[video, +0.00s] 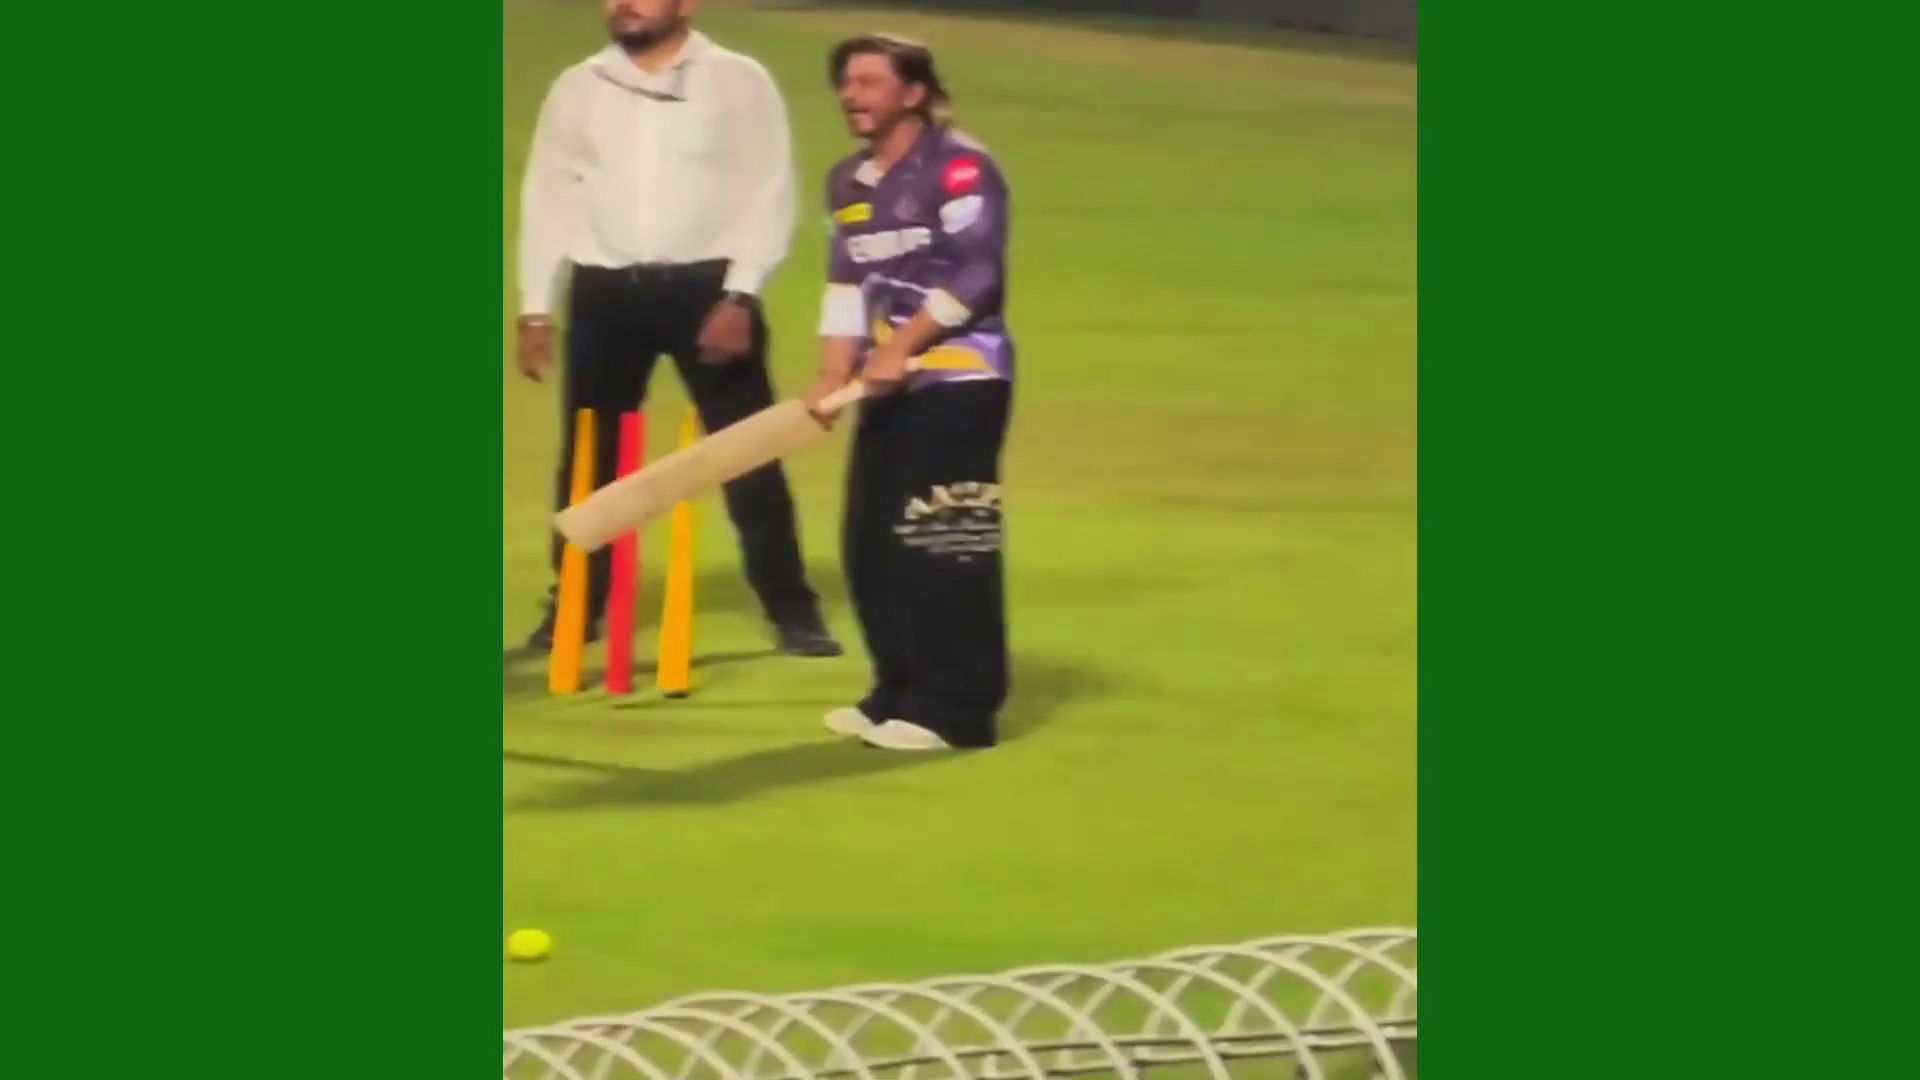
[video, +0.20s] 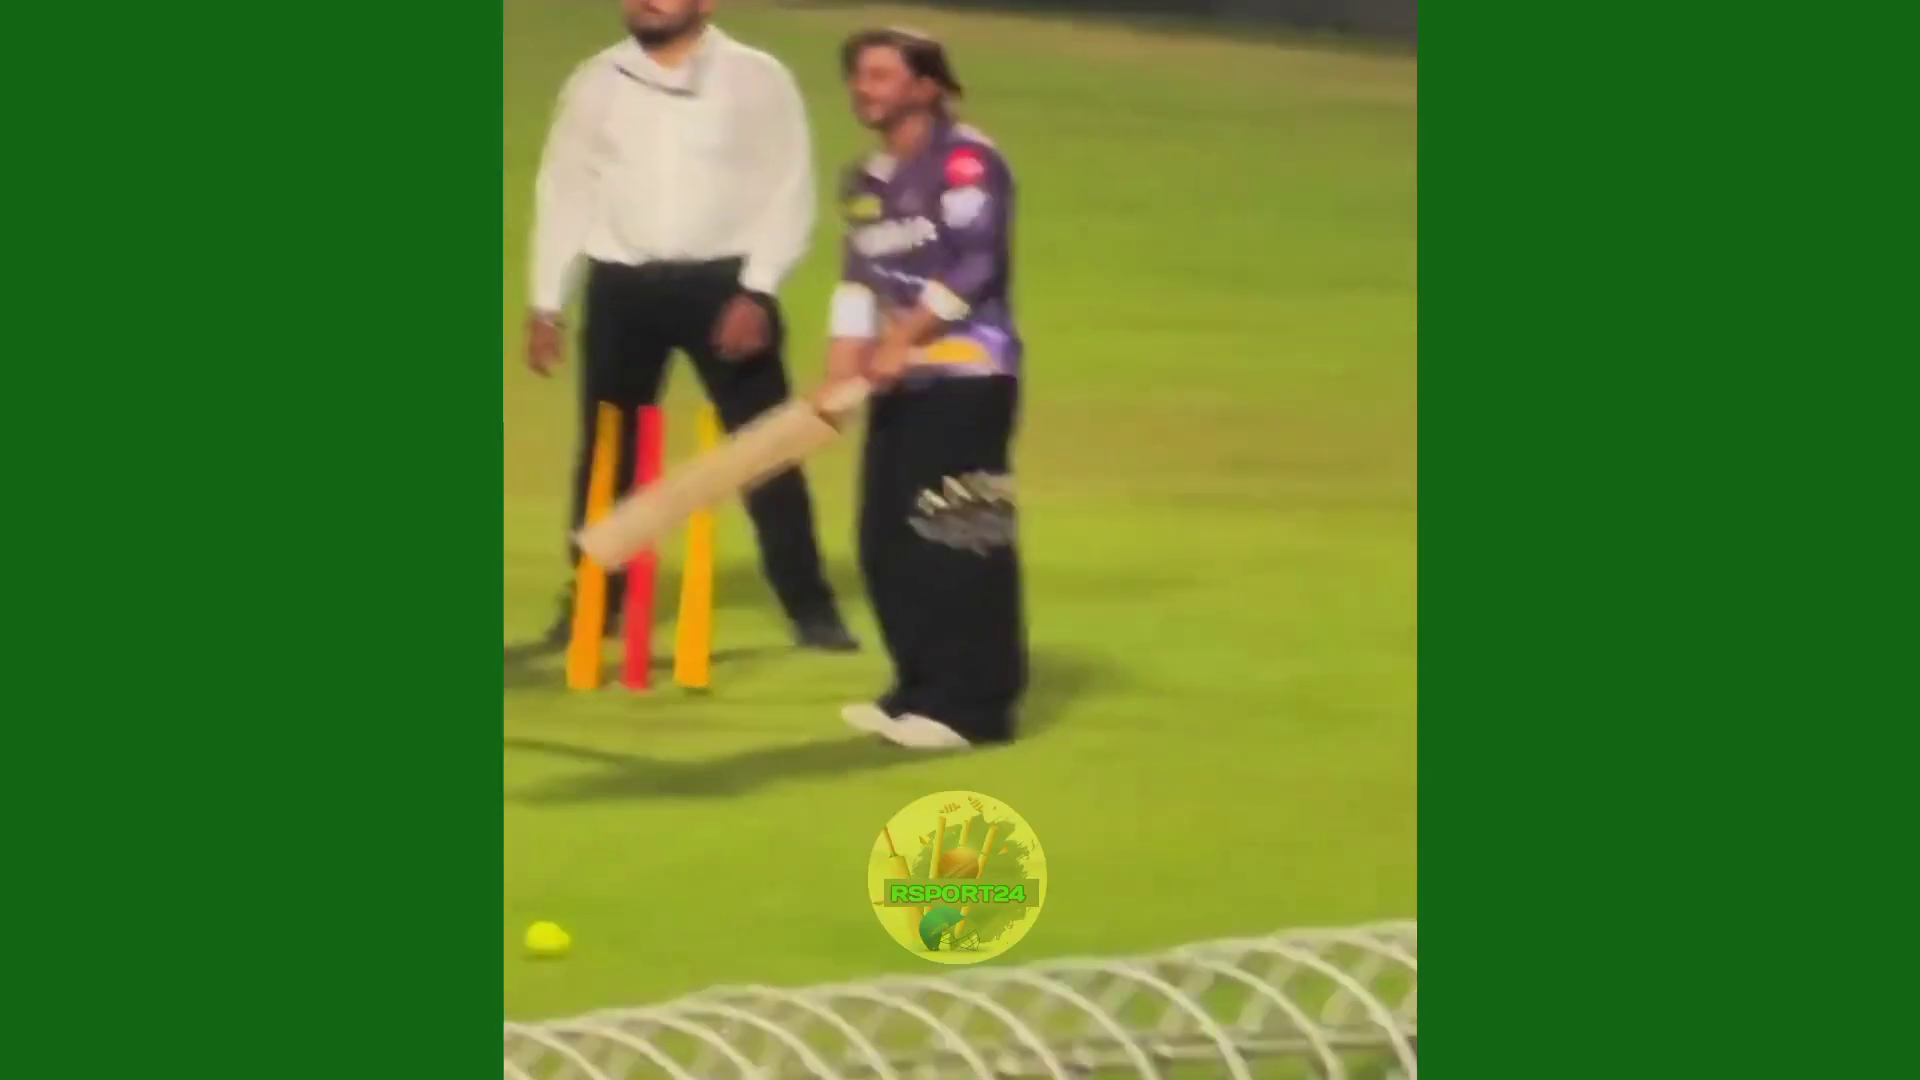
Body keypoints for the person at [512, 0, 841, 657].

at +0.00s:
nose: (621, 5)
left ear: (682, 5)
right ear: (608, 10)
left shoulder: (742, 81)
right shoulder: (577, 88)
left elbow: (773, 191)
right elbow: (545, 197)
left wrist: (741, 293)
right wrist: (536, 306)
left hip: (709, 294)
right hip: (606, 297)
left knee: (751, 459)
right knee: (587, 465)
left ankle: (795, 616)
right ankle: (572, 621)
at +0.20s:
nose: (644, 2)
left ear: (701, 4)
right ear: (627, 6)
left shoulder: (760, 79)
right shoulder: (595, 85)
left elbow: (791, 191)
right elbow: (560, 195)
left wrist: (758, 290)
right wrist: (547, 303)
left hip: (724, 290)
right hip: (622, 293)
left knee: (769, 454)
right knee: (605, 459)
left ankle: (813, 612)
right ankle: (590, 616)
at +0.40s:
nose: (658, 4)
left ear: (719, 5)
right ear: (646, 7)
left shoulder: (777, 81)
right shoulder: (611, 88)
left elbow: (809, 194)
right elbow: (579, 198)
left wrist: (776, 295)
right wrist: (561, 304)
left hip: (743, 294)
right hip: (639, 298)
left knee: (785, 454)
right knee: (620, 459)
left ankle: (826, 611)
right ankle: (608, 606)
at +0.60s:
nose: (676, 6)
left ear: (739, 8)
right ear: (661, 10)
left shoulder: (794, 87)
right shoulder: (628, 93)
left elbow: (826, 200)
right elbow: (592, 201)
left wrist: (796, 304)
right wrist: (577, 308)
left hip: (758, 301)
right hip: (654, 304)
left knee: (799, 460)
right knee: (633, 466)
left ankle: (841, 618)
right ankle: (622, 616)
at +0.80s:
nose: (707, 23)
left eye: (727, 11)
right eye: (699, 12)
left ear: (771, 28)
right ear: (689, 24)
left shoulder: (824, 109)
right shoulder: (658, 112)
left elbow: (856, 223)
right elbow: (623, 222)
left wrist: (825, 324)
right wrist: (606, 327)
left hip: (787, 321)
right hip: (682, 323)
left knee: (830, 484)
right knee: (663, 489)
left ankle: (869, 639)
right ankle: (649, 635)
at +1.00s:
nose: (744, 49)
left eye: (763, 35)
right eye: (739, 36)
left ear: (811, 47)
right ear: (730, 45)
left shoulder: (865, 131)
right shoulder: (702, 133)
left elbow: (898, 248)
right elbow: (666, 241)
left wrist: (864, 348)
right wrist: (646, 349)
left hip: (829, 343)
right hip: (723, 344)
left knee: (870, 512)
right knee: (705, 511)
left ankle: (902, 655)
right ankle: (691, 657)